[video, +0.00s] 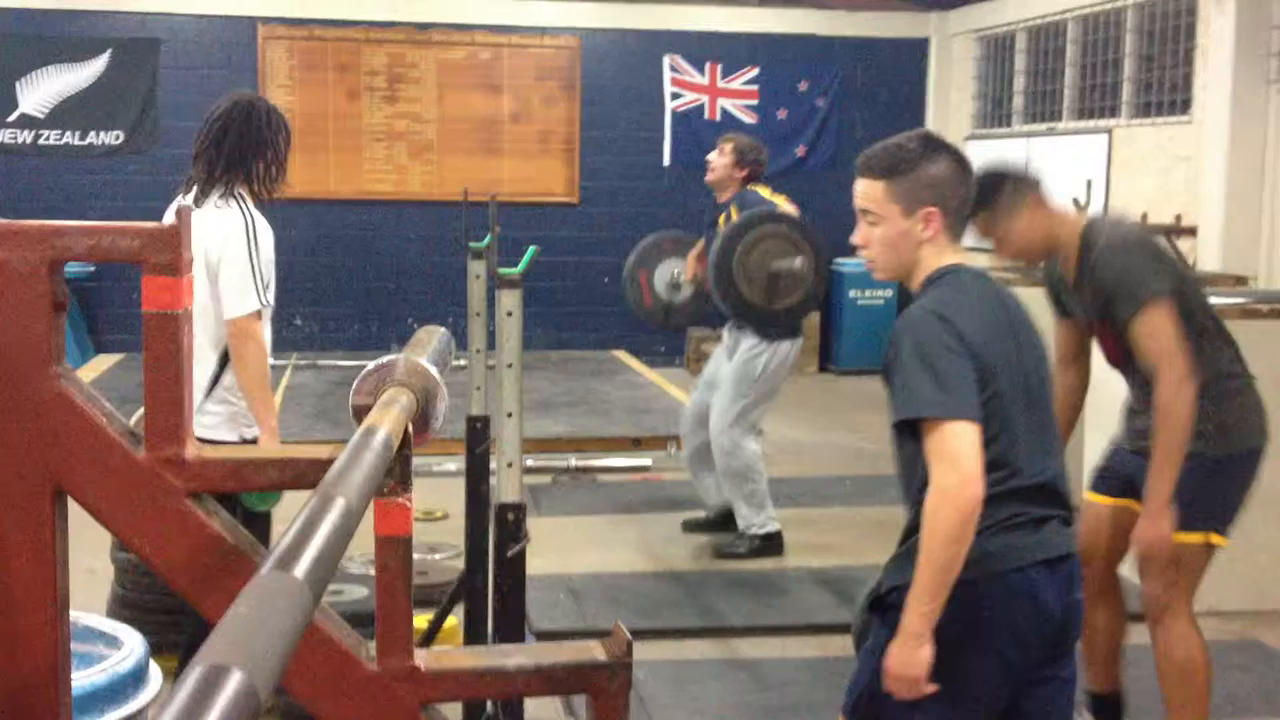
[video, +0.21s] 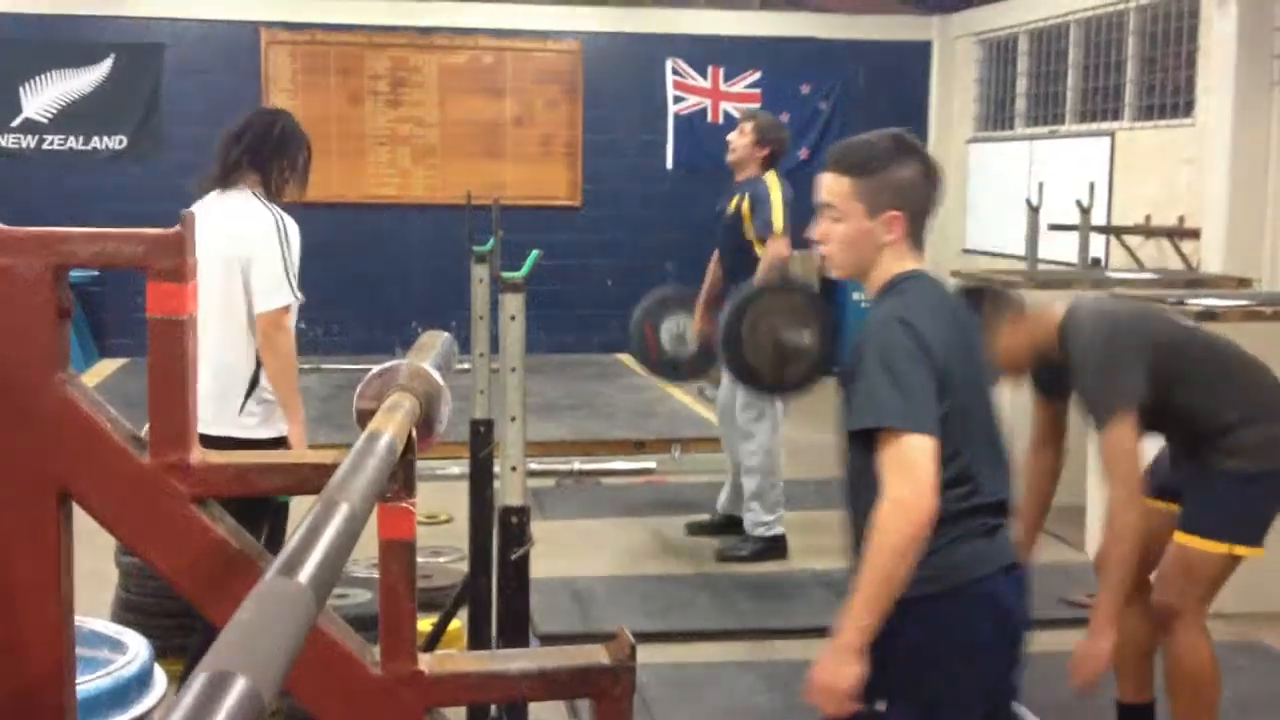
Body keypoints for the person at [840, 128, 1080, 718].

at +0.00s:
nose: (856, 239)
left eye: (869, 220)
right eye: (858, 219)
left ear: (926, 223)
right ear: (931, 225)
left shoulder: (927, 322)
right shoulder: (1000, 302)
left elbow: (957, 485)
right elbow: (1029, 453)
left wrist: (914, 630)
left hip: (980, 591)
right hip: (1050, 575)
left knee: (880, 704)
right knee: (1042, 707)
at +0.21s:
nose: (816, 231)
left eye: (832, 215)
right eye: (820, 213)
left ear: (889, 226)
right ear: (893, 229)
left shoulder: (892, 325)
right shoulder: (940, 307)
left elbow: (909, 500)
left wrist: (847, 645)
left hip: (938, 603)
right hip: (984, 585)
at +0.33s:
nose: (776, 231)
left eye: (793, 213)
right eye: (779, 213)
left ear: (852, 223)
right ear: (849, 225)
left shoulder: (861, 321)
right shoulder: (889, 306)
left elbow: (882, 498)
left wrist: (794, 636)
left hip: (894, 612)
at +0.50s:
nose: (739, 228)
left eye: (752, 210)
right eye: (741, 210)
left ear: (809, 217)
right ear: (812, 220)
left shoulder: (822, 322)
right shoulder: (854, 302)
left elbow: (833, 498)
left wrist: (743, 646)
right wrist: (773, 582)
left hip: (839, 616)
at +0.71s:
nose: (692, 232)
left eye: (708, 213)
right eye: (695, 213)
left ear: (768, 222)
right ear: (768, 223)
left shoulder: (784, 330)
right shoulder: (797, 309)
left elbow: (795, 513)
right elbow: (779, 481)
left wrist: (711, 661)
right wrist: (716, 570)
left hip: (790, 636)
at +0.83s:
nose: (671, 241)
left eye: (691, 222)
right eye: (673, 222)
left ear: (751, 230)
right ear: (749, 231)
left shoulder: (771, 336)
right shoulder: (751, 323)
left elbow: (780, 521)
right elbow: (738, 494)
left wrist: (706, 671)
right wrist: (686, 607)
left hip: (761, 641)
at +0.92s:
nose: (656, 247)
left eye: (678, 229)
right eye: (658, 227)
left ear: (738, 235)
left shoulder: (758, 344)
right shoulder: (730, 331)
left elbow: (768, 527)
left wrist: (699, 677)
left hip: (738, 648)